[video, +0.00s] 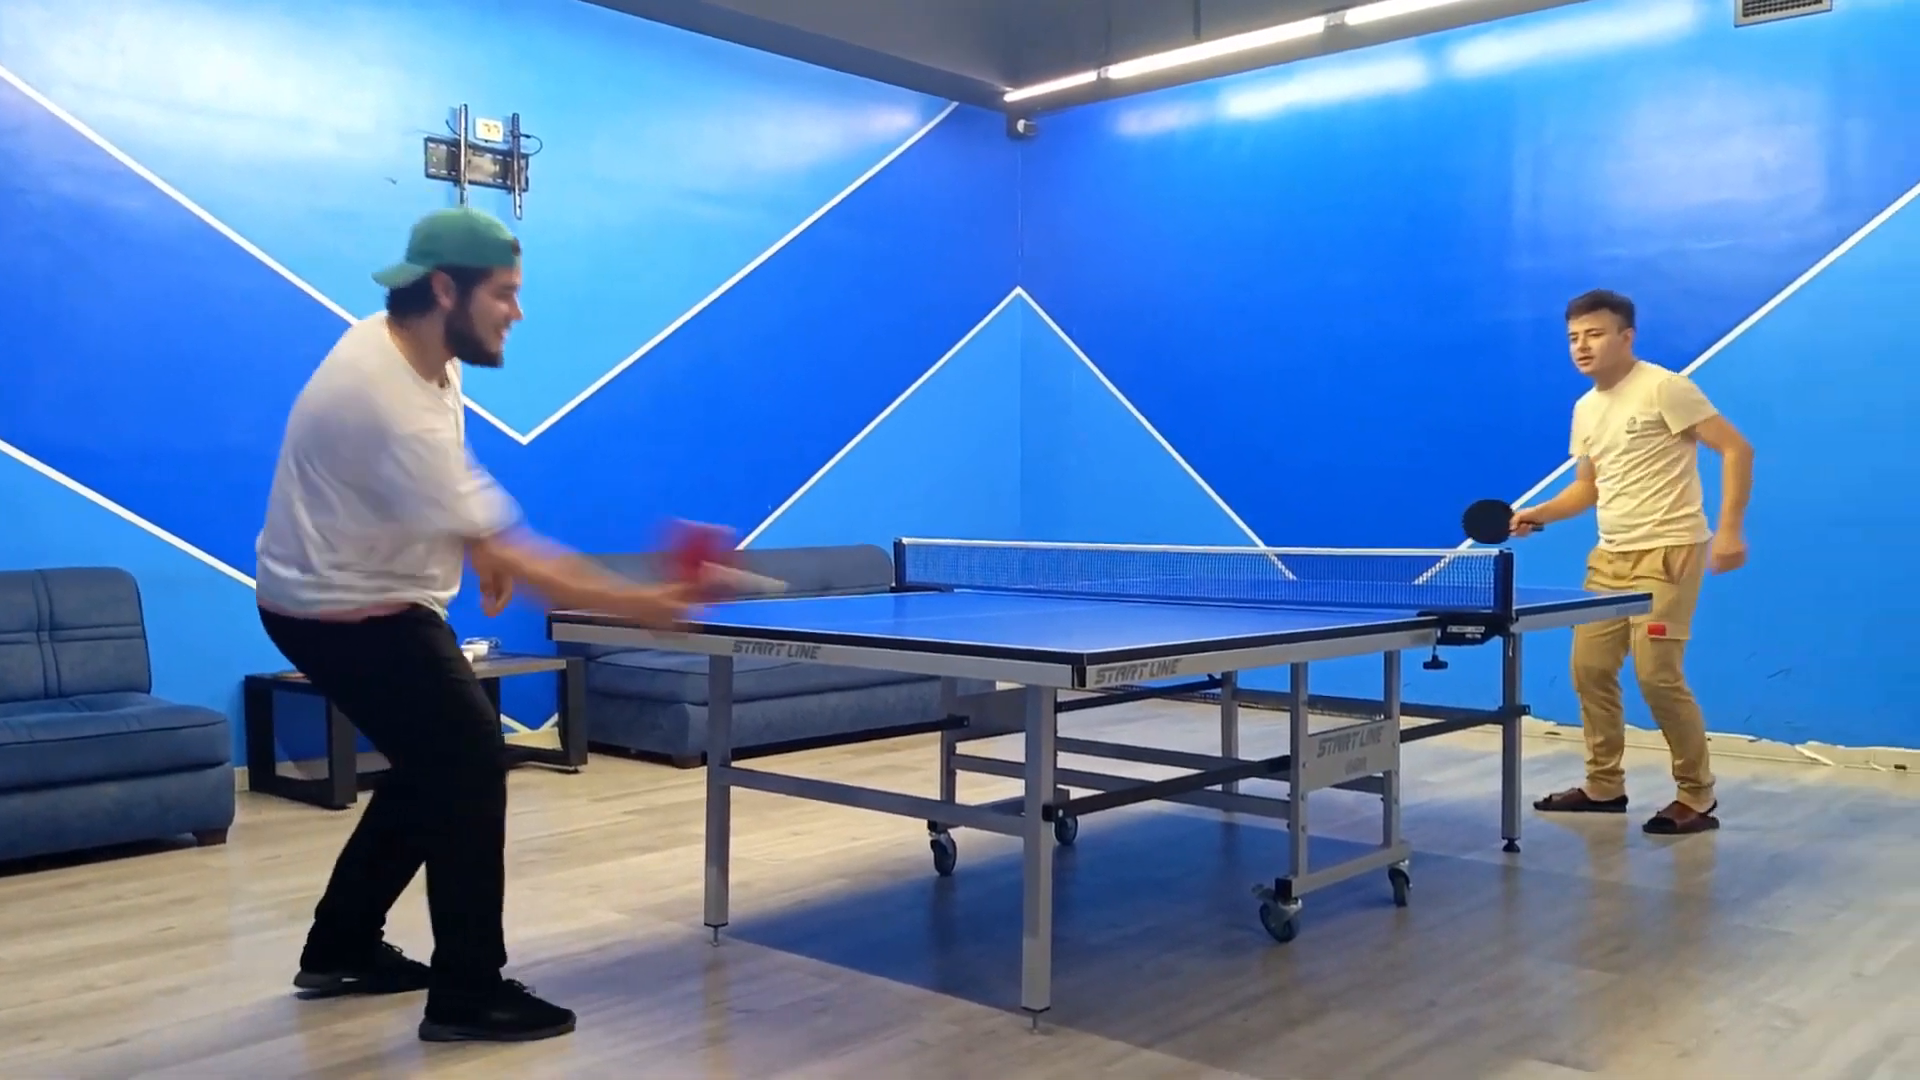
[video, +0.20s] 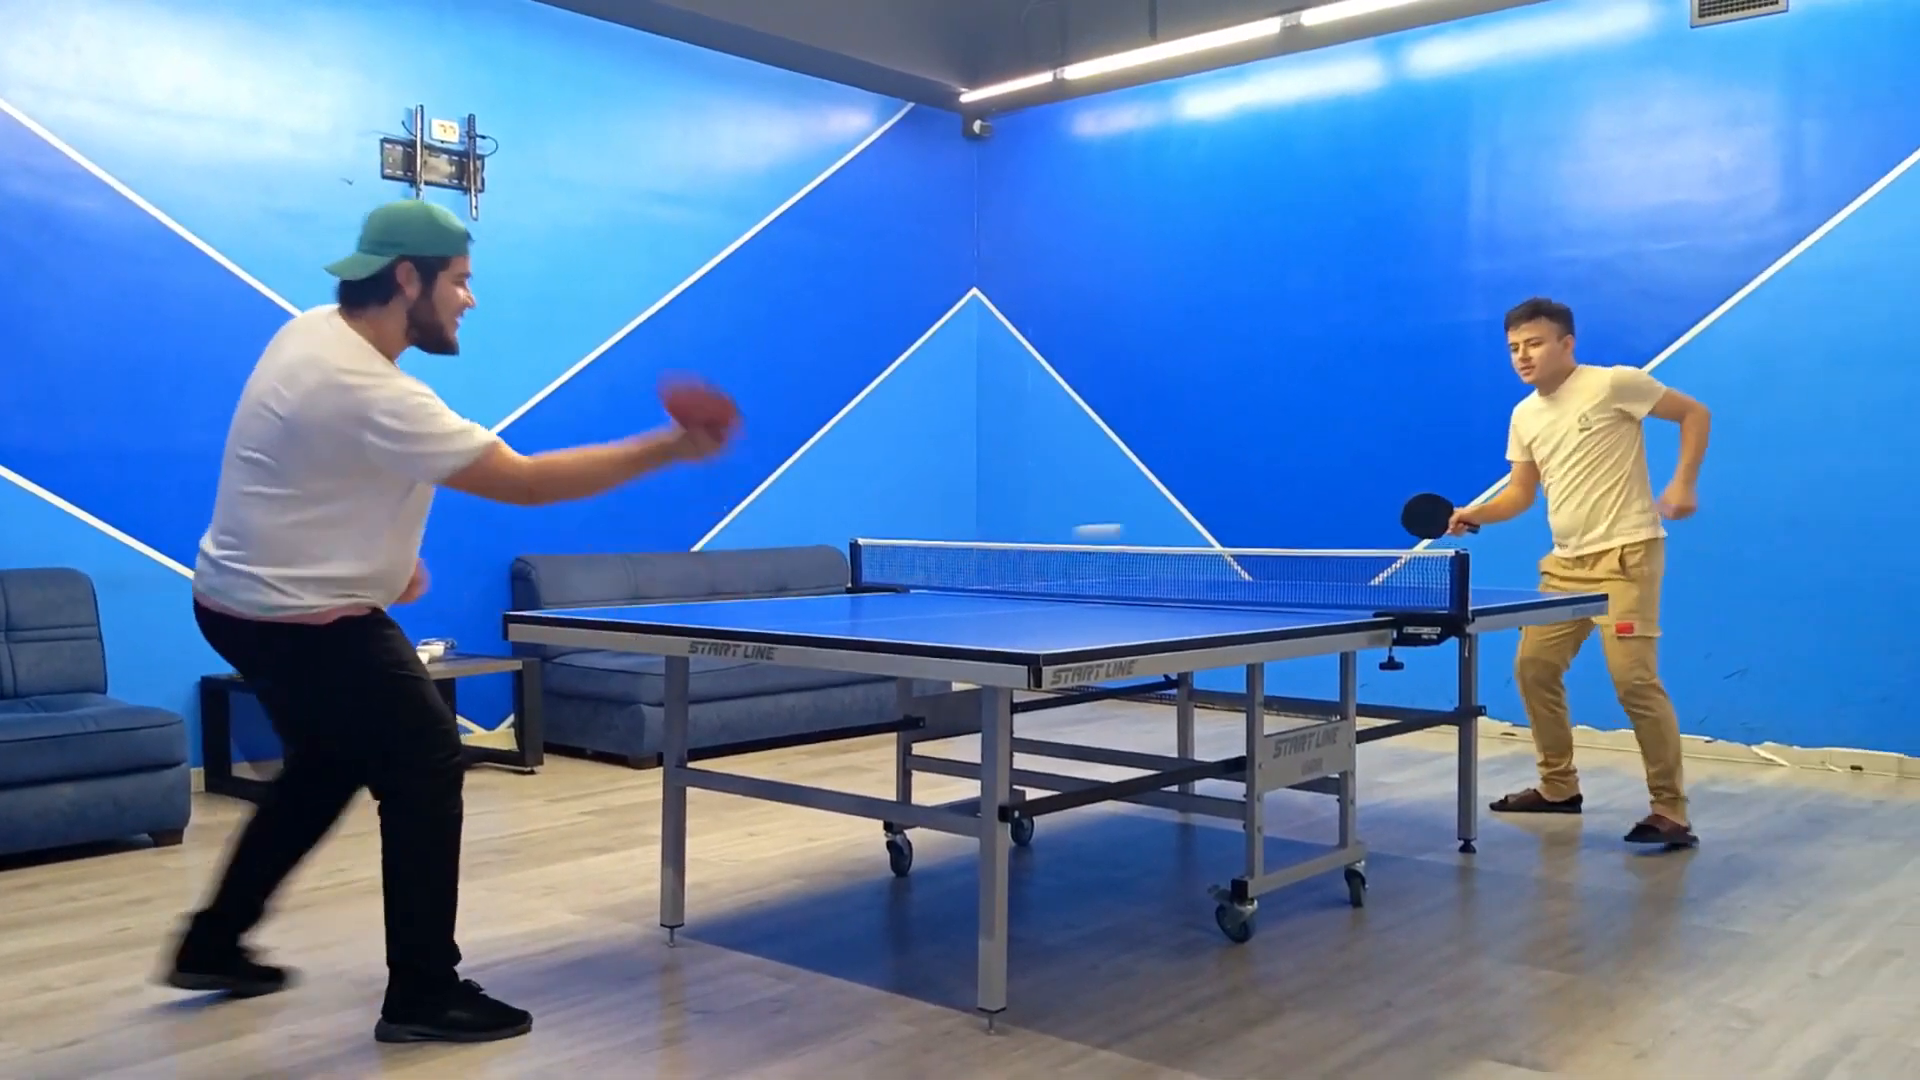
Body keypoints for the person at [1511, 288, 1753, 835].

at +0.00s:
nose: (1581, 346)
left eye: (1593, 335)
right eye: (1574, 337)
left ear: (1626, 338)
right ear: (1570, 343)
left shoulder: (1665, 388)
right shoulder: (1585, 409)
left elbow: (1737, 449)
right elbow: (1588, 487)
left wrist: (1729, 530)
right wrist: (1540, 514)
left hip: (1669, 553)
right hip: (1611, 557)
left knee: (1657, 675)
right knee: (1590, 669)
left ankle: (1696, 798)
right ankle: (1603, 788)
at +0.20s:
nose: (1522, 355)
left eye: (1533, 344)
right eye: (1515, 347)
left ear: (1567, 344)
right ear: (1511, 353)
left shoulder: (1613, 384)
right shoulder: (1525, 416)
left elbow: (1695, 414)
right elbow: (1520, 491)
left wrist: (1683, 483)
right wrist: (1475, 514)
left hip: (1629, 554)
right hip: (1567, 561)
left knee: (1634, 679)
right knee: (1534, 666)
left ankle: (1671, 814)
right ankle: (1558, 788)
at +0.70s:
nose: (1525, 463)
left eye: (1530, 449)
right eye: (1520, 455)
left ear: (1565, 438)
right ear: (1558, 447)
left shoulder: (1600, 470)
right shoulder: (1574, 504)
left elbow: (1633, 460)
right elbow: (1547, 570)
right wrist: (1484, 533)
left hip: (1654, 623)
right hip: (1611, 622)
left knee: (1598, 720)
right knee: (1512, 681)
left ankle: (1709, 829)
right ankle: (1557, 789)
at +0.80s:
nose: (1549, 432)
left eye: (1556, 419)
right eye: (1546, 423)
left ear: (1592, 414)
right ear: (1576, 423)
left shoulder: (1635, 441)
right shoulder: (1585, 479)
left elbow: (1706, 428)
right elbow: (1558, 534)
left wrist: (1680, 384)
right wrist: (1514, 492)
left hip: (1668, 595)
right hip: (1623, 604)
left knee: (1645, 692)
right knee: (1542, 674)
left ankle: (1723, 819)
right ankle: (1576, 779)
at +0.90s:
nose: (1575, 405)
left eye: (1585, 394)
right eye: (1570, 397)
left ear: (1618, 392)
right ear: (1573, 402)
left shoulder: (1662, 420)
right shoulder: (1604, 450)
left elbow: (1742, 412)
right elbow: (1592, 498)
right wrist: (1544, 469)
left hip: (1683, 574)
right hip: (1630, 578)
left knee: (1689, 679)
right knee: (1578, 666)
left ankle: (1734, 803)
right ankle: (1592, 773)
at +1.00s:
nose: (1599, 400)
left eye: (1609, 389)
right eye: (1594, 391)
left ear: (1642, 388)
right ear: (1593, 394)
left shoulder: (1688, 420)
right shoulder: (1623, 441)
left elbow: (1768, 419)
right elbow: (1622, 486)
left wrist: (1817, 406)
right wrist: (1571, 464)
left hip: (1700, 572)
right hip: (1643, 571)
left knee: (1708, 678)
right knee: (1597, 663)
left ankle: (1768, 788)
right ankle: (1604, 768)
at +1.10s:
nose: (1624, 419)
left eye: (1635, 408)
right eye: (1618, 410)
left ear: (1668, 408)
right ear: (1616, 413)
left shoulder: (1708, 446)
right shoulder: (1636, 458)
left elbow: (1784, 461)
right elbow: (1627, 512)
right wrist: (1580, 492)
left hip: (1719, 593)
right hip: (1659, 590)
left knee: (1733, 689)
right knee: (1604, 664)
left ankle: (1792, 796)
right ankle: (1606, 759)